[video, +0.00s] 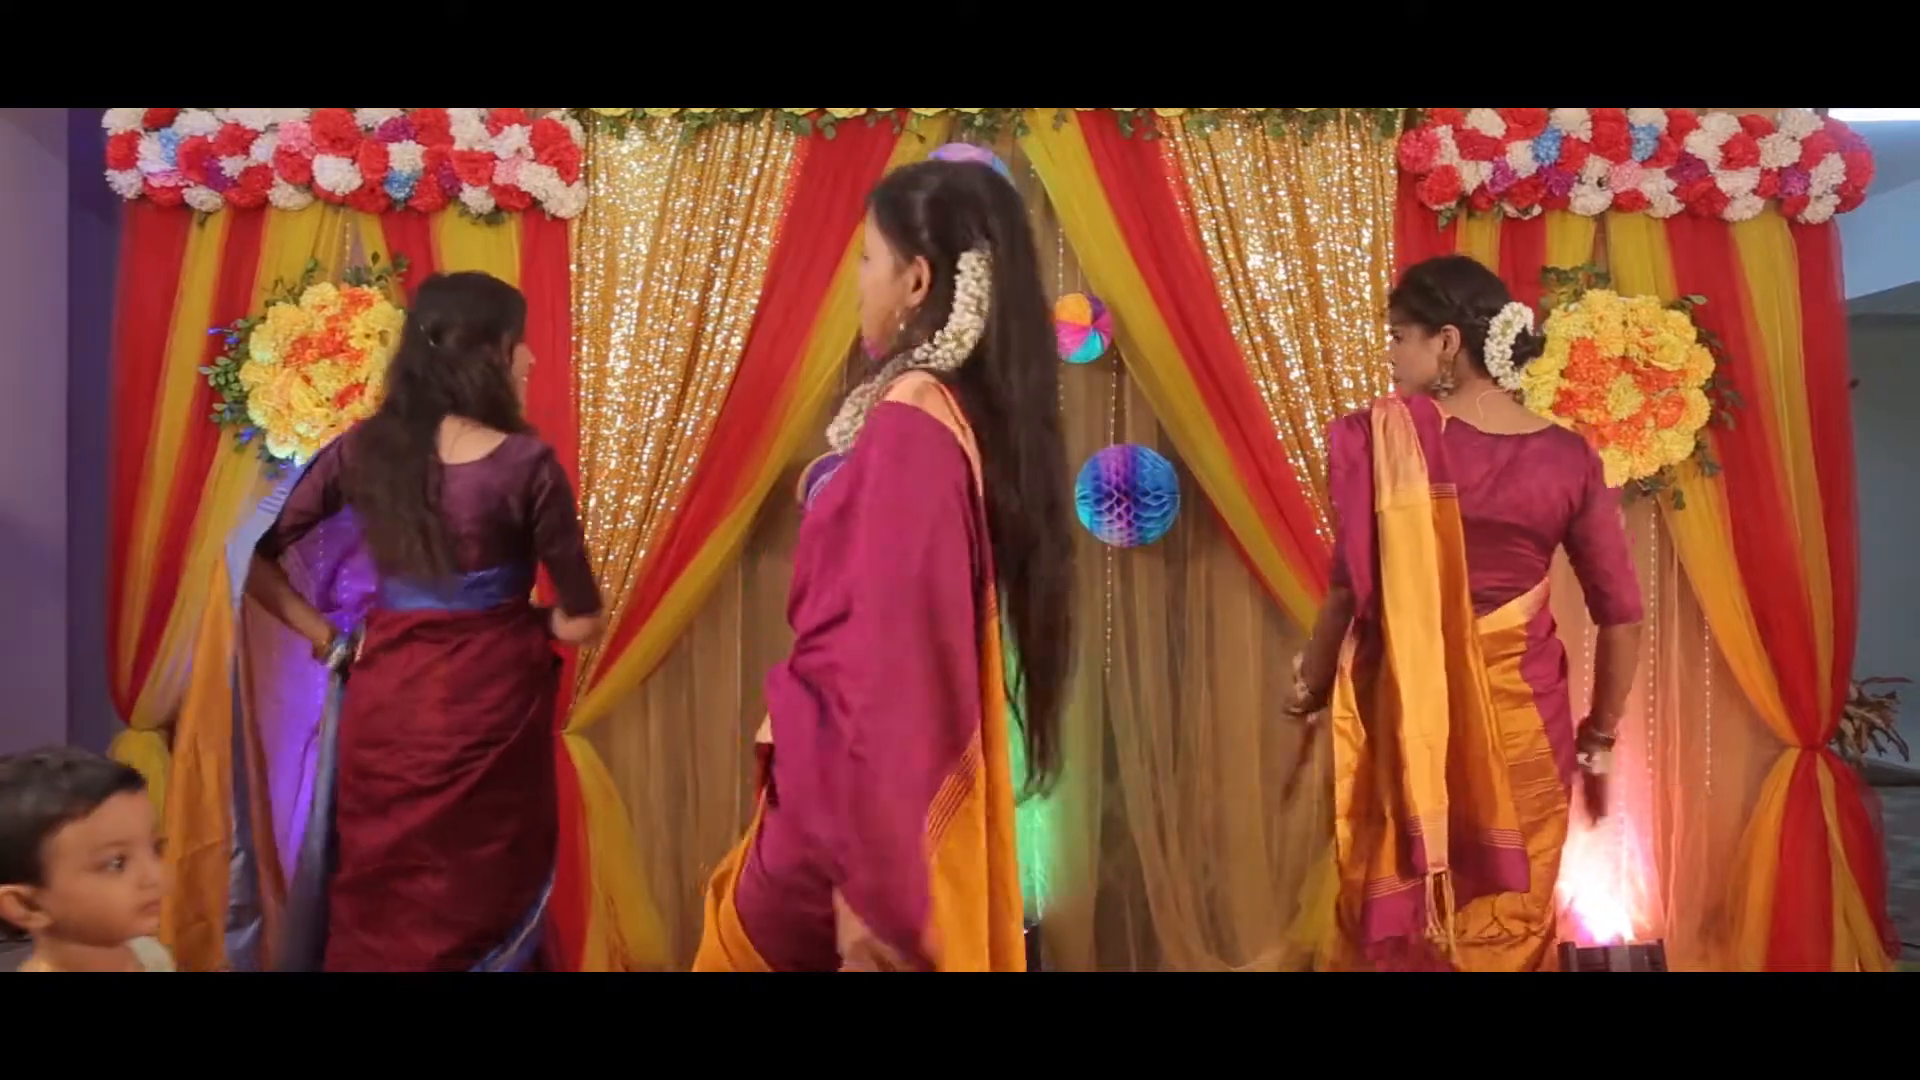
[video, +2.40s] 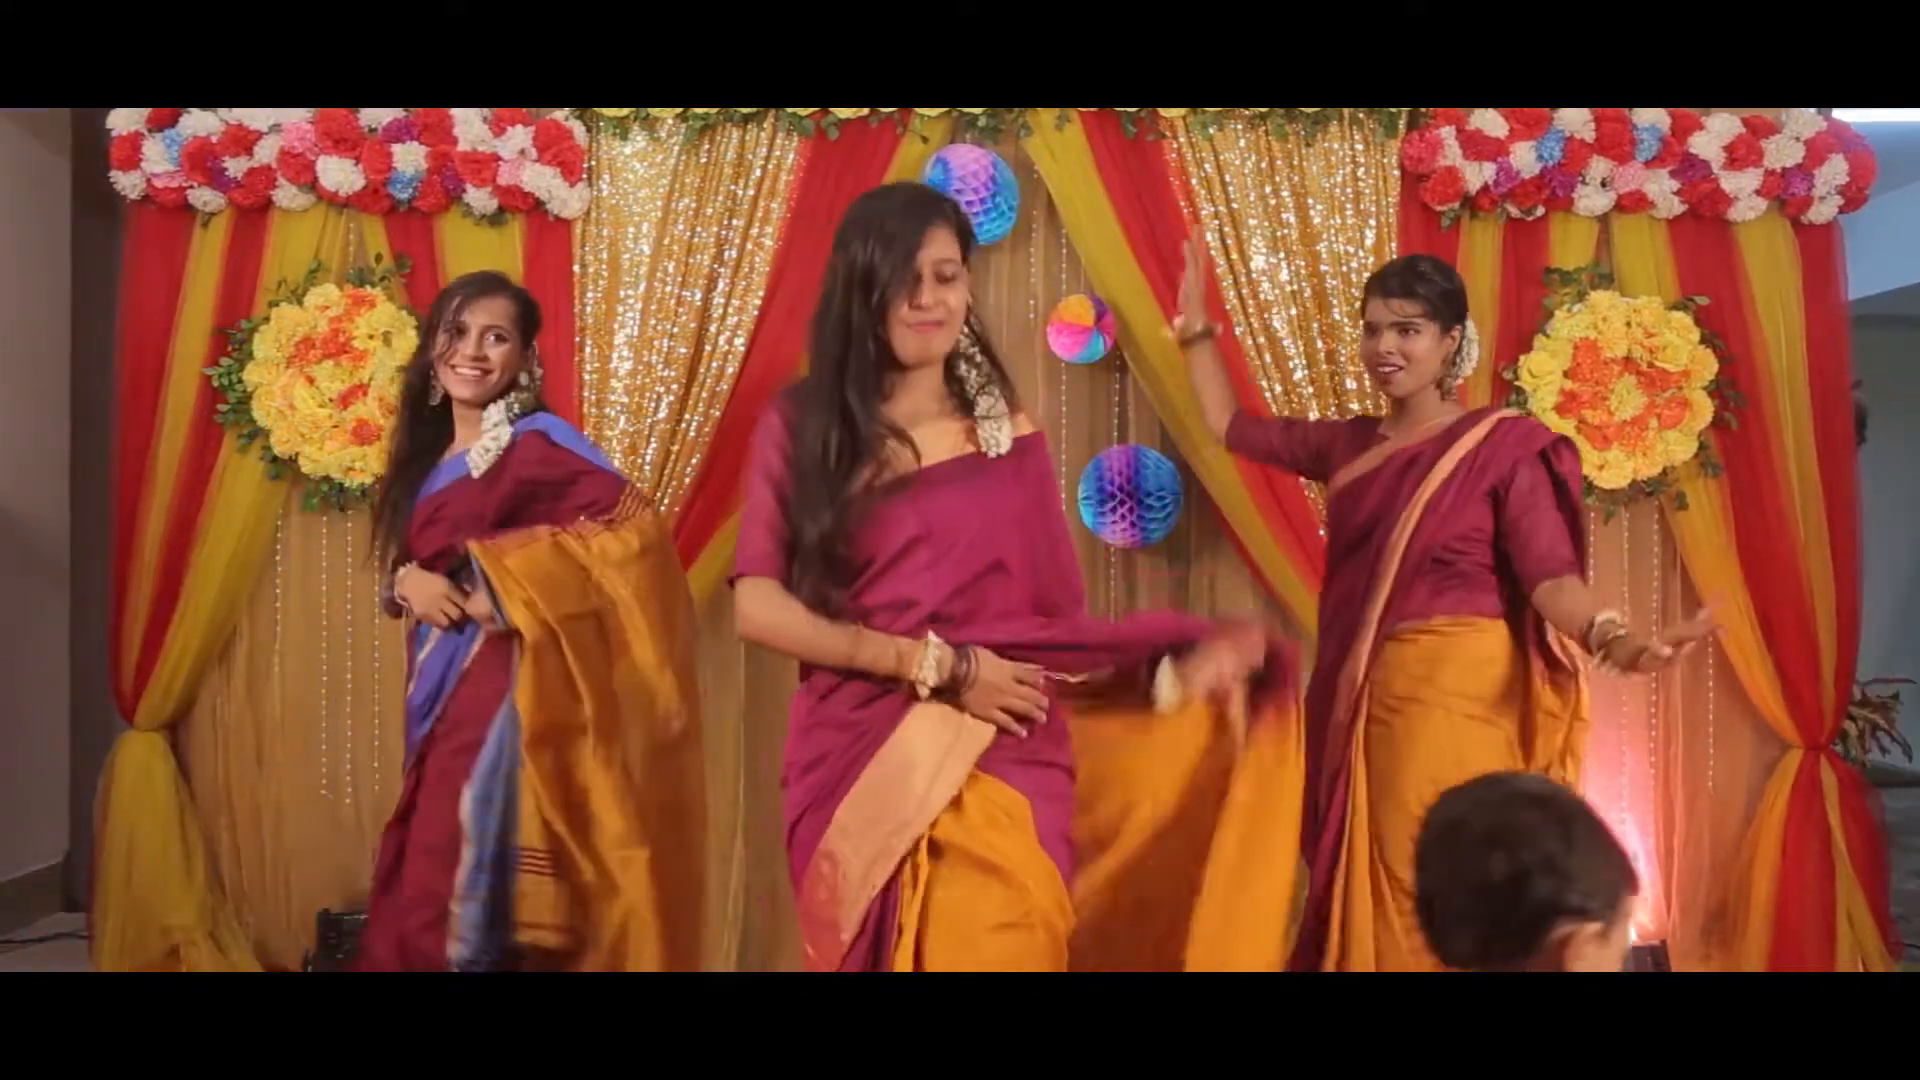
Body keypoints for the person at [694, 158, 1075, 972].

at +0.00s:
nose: (857, 282)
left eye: (866, 259)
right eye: (862, 258)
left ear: (916, 278)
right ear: (924, 278)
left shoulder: (908, 417)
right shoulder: (945, 401)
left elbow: (896, 662)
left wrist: (875, 890)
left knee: (738, 947)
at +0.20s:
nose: (845, 244)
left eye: (867, 224)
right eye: (856, 222)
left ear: (933, 250)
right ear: (925, 251)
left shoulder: (955, 406)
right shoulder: (901, 389)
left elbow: (941, 633)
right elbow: (862, 603)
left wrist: (904, 805)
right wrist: (754, 711)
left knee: (725, 938)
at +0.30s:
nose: (855, 253)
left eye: (883, 229)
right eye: (862, 230)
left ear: (959, 254)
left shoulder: (978, 406)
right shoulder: (896, 401)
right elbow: (870, 595)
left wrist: (917, 745)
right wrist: (771, 658)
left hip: (874, 827)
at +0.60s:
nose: (920, 285)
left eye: (956, 267)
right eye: (913, 264)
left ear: (1020, 296)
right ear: (893, 285)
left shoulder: (1030, 417)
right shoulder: (898, 434)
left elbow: (1162, 607)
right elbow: (820, 612)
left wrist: (974, 723)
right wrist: (799, 674)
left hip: (921, 789)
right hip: (841, 775)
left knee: (764, 954)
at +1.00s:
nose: (961, 294)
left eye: (992, 279)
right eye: (944, 268)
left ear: (1023, 306)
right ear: (908, 281)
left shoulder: (1042, 419)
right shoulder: (862, 442)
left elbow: (1180, 591)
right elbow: (770, 611)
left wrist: (1061, 706)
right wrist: (850, 679)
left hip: (969, 760)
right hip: (849, 765)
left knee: (893, 951)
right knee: (853, 951)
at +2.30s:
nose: (915, 282)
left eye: (936, 260)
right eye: (890, 261)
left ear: (962, 280)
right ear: (846, 280)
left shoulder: (1004, 419)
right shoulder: (794, 420)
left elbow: (1066, 612)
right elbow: (749, 602)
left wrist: (1161, 731)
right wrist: (933, 652)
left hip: (1011, 734)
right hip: (860, 736)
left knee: (1003, 941)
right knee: (876, 950)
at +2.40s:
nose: (928, 300)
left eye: (947, 278)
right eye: (904, 279)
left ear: (971, 290)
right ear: (860, 290)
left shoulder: (1009, 429)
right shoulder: (800, 424)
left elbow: (1058, 633)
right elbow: (758, 608)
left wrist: (1186, 654)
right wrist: (940, 666)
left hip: (1007, 753)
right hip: (857, 759)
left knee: (1006, 946)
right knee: (869, 957)